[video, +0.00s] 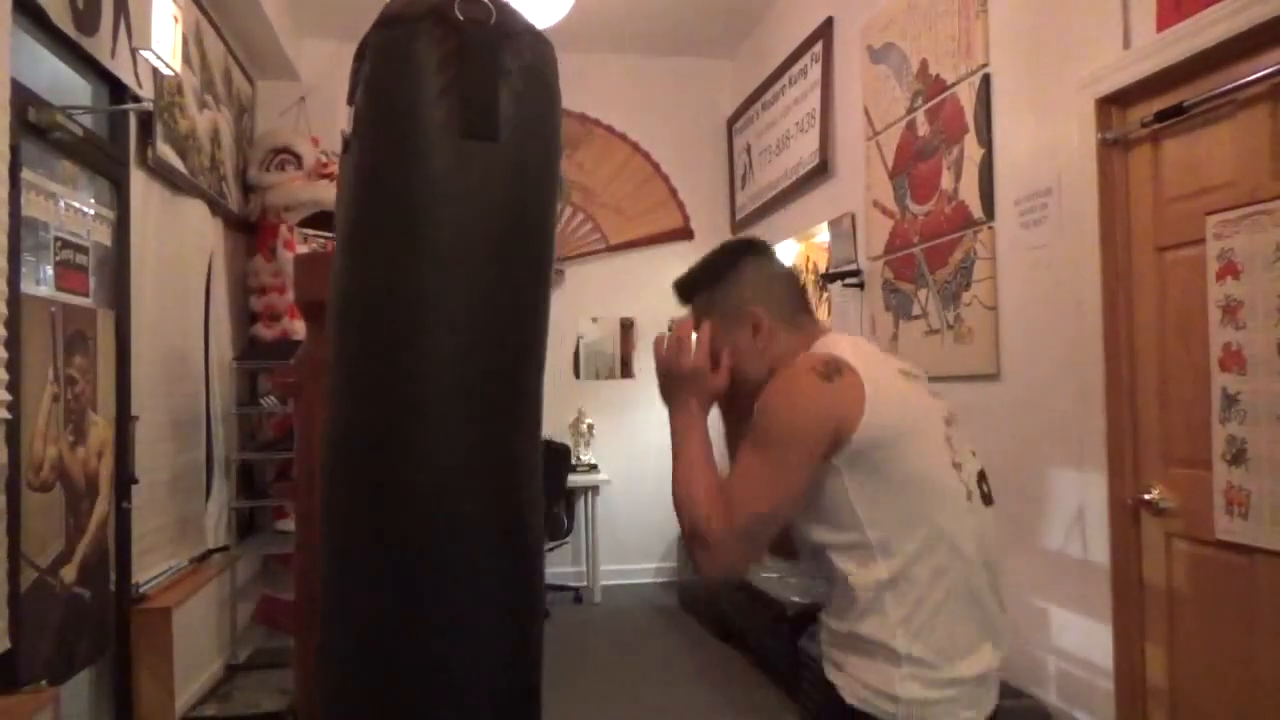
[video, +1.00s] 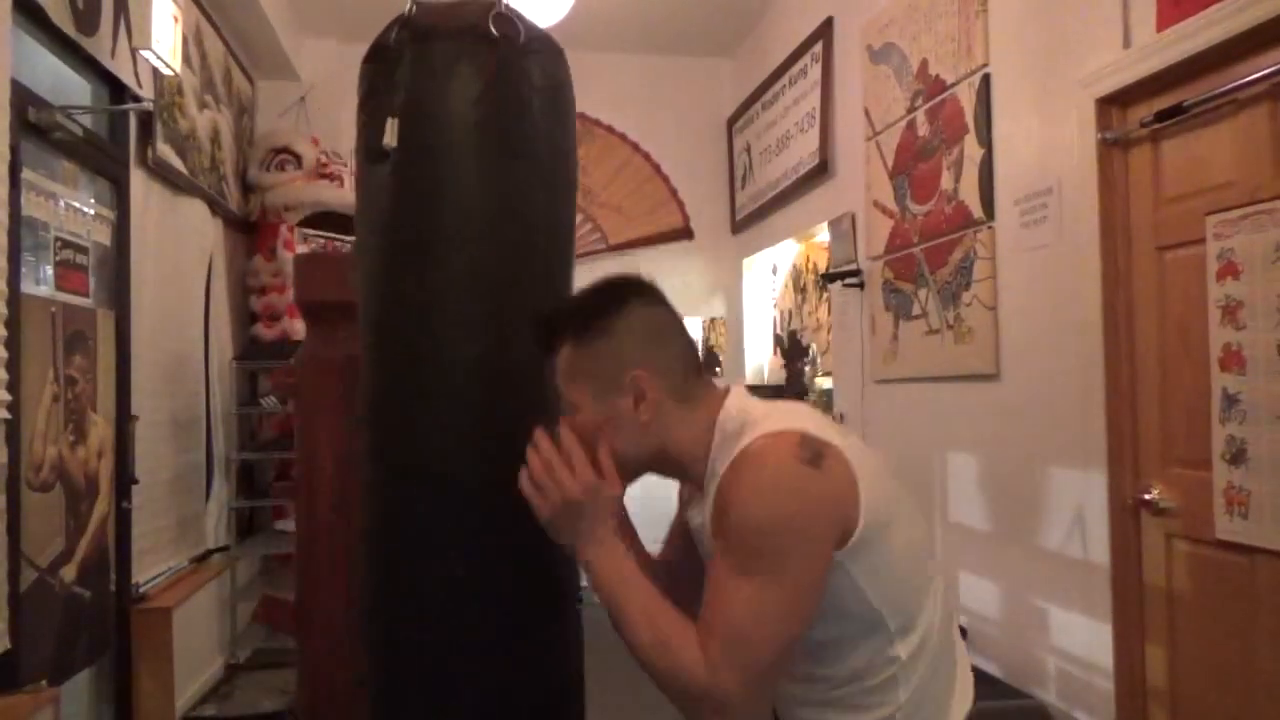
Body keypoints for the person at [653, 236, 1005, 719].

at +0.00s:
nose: (710, 363)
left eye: (713, 345)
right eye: (706, 347)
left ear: (756, 328)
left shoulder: (812, 384)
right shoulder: (866, 364)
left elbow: (719, 555)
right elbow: (783, 539)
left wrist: (686, 407)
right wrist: (734, 405)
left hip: (894, 696)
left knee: (706, 600)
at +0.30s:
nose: (700, 390)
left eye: (700, 371)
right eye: (693, 374)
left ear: (748, 349)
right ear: (752, 346)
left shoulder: (807, 400)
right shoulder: (840, 383)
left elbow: (751, 584)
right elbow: (777, 565)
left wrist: (686, 452)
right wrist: (723, 450)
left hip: (905, 702)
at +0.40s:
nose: (681, 433)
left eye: (683, 413)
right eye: (675, 415)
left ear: (735, 392)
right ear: (738, 389)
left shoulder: (815, 437)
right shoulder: (825, 419)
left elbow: (777, 644)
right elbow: (779, 597)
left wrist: (682, 507)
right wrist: (707, 500)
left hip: (916, 710)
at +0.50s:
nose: (661, 436)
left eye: (665, 416)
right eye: (656, 418)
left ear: (723, 396)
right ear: (725, 394)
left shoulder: (832, 459)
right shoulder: (808, 448)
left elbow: (790, 665)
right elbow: (744, 593)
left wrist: (679, 521)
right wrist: (681, 514)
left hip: (913, 709)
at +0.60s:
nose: (640, 408)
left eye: (647, 386)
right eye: (636, 388)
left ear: (712, 367)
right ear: (714, 367)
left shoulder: (844, 442)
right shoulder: (754, 439)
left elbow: (779, 638)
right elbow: (701, 598)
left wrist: (664, 489)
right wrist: (656, 490)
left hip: (898, 707)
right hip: (812, 696)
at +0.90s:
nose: (575, 383)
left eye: (583, 362)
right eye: (574, 363)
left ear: (656, 353)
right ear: (657, 355)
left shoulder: (804, 434)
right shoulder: (696, 436)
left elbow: (724, 668)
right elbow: (634, 600)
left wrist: (597, 480)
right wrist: (588, 474)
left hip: (881, 706)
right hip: (796, 699)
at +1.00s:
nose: (566, 434)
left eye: (571, 410)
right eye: (563, 413)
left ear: (640, 397)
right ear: (646, 396)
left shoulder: (778, 474)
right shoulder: (715, 451)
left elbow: (724, 696)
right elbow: (675, 602)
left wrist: (597, 541)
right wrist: (602, 514)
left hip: (893, 709)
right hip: (818, 695)